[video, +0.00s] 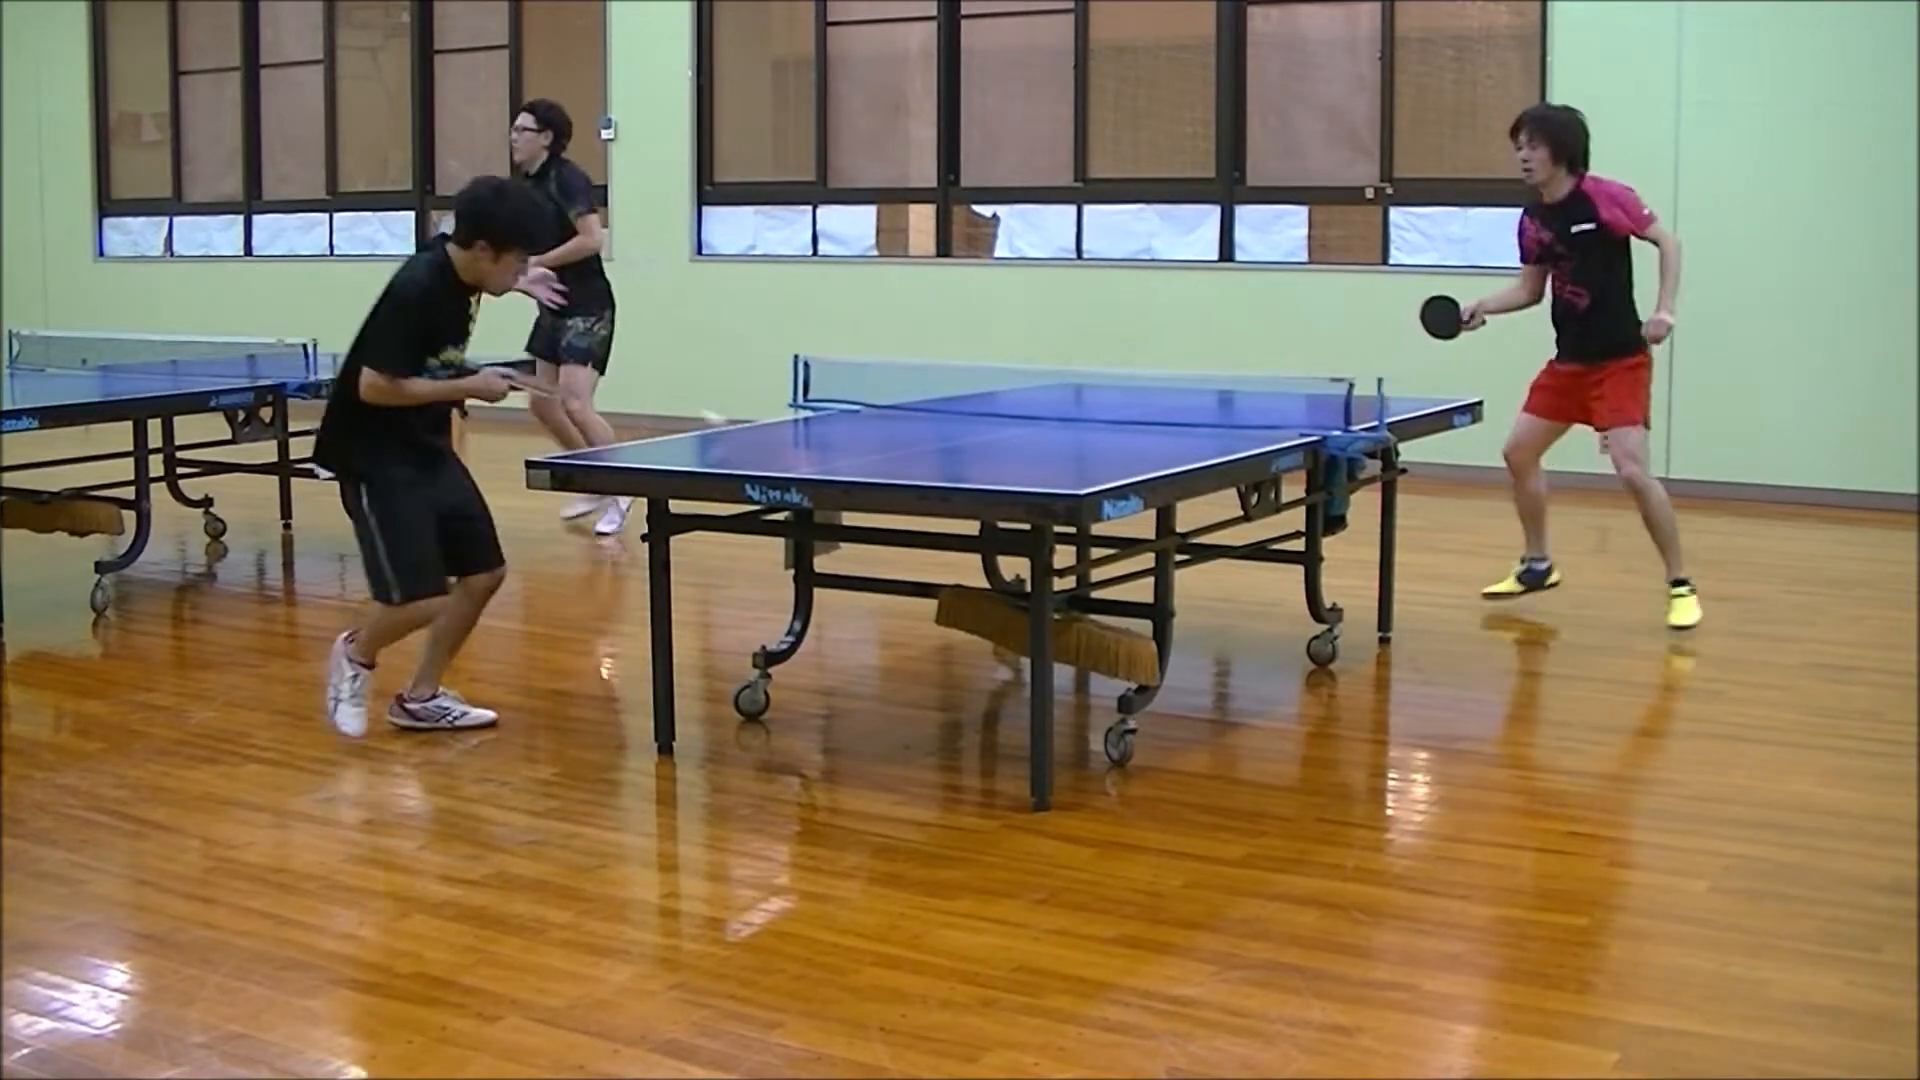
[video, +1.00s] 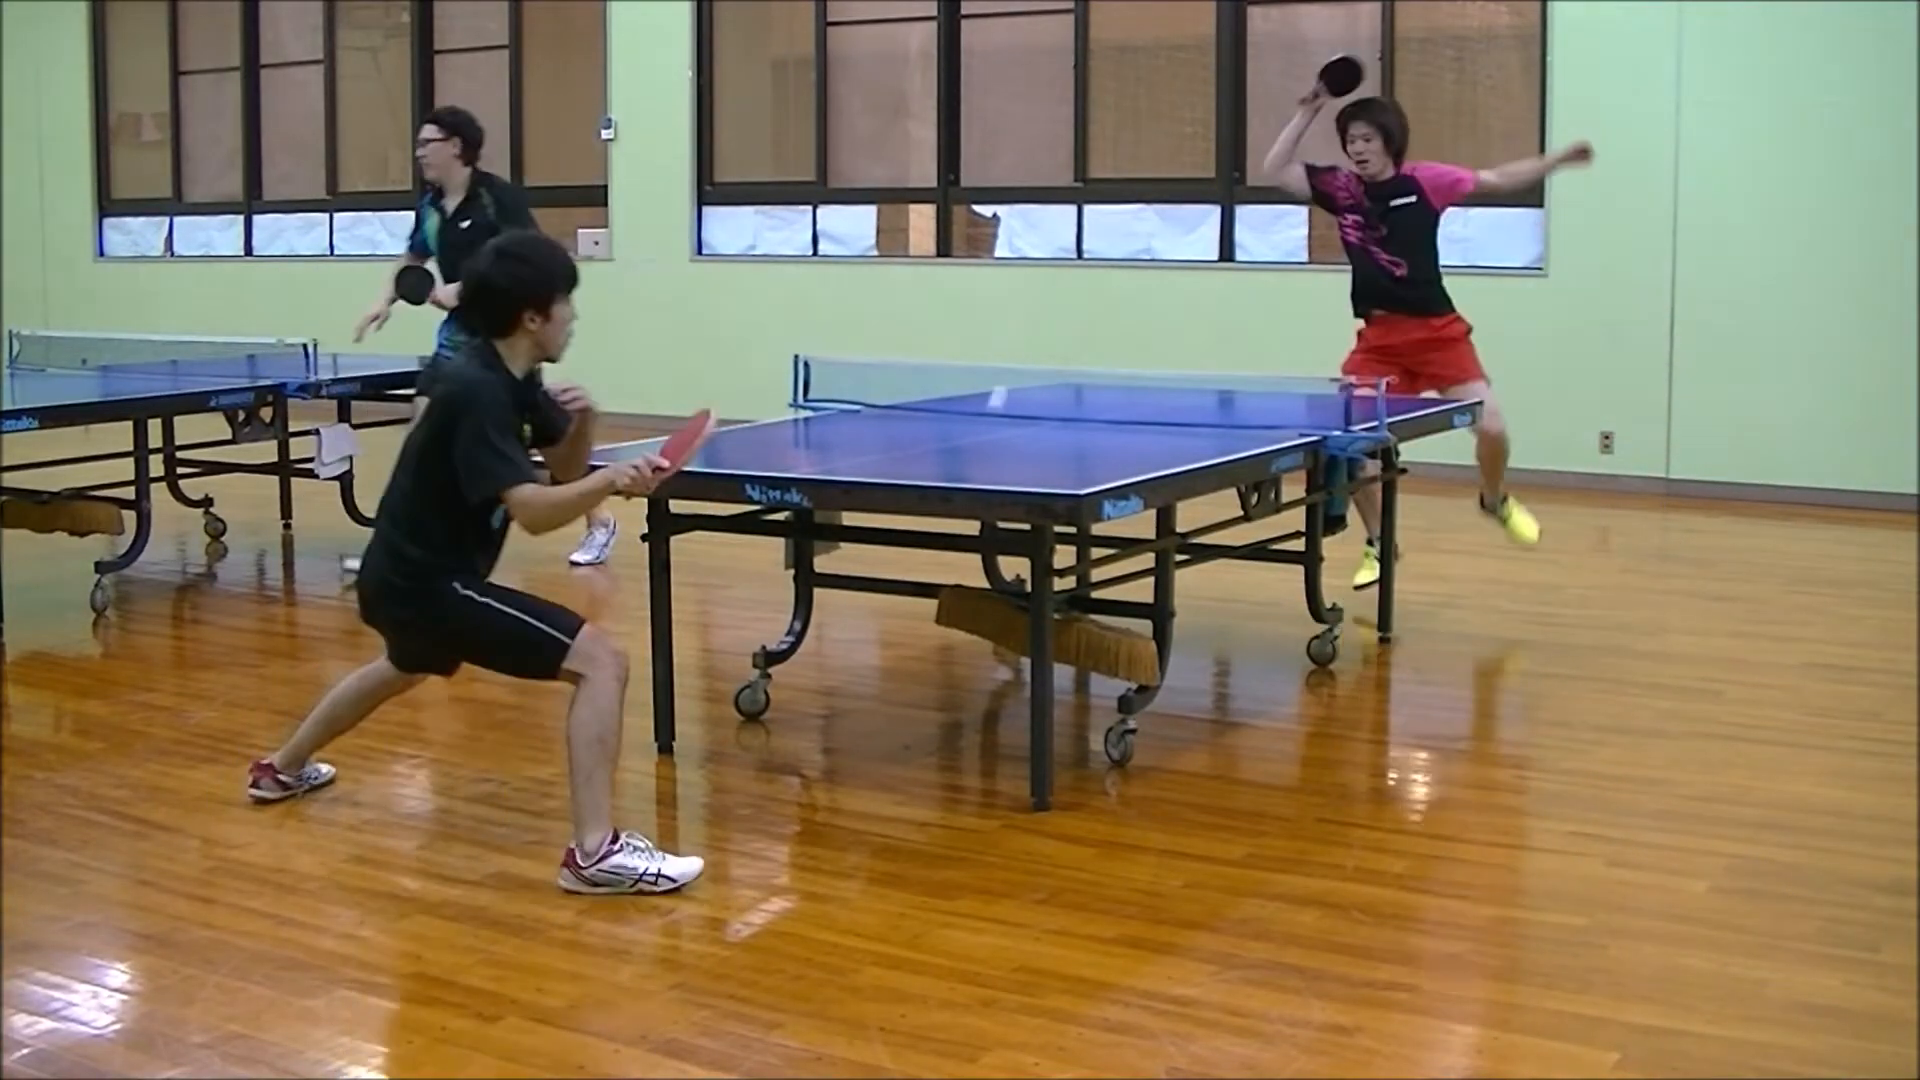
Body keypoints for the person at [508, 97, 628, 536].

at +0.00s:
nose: (513, 137)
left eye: (523, 131)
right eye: (513, 129)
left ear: (548, 138)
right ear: (520, 136)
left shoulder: (569, 179)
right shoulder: (521, 185)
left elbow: (592, 239)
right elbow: (516, 241)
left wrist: (534, 265)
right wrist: (517, 270)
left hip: (588, 302)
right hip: (553, 302)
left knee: (576, 402)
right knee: (543, 403)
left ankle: (618, 492)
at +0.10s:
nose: (530, 139)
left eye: (540, 133)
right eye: (530, 132)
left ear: (565, 140)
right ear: (541, 139)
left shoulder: (587, 183)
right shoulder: (539, 188)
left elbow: (615, 245)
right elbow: (546, 243)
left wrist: (557, 265)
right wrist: (525, 265)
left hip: (601, 302)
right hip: (568, 304)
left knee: (584, 401)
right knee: (590, 408)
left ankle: (634, 490)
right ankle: (658, 478)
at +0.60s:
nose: (522, 144)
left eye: (533, 137)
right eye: (520, 136)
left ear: (560, 142)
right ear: (519, 139)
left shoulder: (585, 186)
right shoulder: (521, 188)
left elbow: (639, 237)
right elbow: (506, 243)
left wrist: (592, 279)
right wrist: (512, 288)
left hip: (584, 319)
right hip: (540, 317)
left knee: (573, 420)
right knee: (553, 423)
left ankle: (609, 532)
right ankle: (601, 521)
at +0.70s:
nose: (507, 142)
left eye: (516, 134)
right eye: (505, 134)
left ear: (546, 136)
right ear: (507, 138)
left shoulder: (569, 178)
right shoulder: (514, 186)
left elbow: (615, 228)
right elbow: (517, 242)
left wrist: (562, 269)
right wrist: (506, 283)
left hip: (569, 326)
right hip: (522, 322)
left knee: (571, 423)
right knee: (503, 428)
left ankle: (607, 531)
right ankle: (544, 513)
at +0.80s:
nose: (484, 141)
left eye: (493, 133)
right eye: (482, 133)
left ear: (524, 134)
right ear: (492, 138)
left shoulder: (553, 178)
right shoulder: (492, 189)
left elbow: (582, 233)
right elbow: (480, 246)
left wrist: (529, 269)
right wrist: (486, 277)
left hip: (554, 334)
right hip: (500, 333)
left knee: (567, 432)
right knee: (481, 435)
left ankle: (607, 529)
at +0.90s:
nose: (456, 147)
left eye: (465, 138)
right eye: (454, 139)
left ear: (496, 140)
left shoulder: (532, 189)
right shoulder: (464, 197)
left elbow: (555, 247)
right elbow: (449, 253)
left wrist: (491, 254)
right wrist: (424, 287)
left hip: (535, 337)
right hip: (480, 339)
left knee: (558, 432)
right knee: (468, 439)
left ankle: (603, 528)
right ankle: (441, 538)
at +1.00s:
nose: (421, 154)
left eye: (430, 144)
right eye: (419, 145)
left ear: (460, 149)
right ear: (436, 153)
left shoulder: (500, 198)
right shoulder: (431, 204)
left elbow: (530, 265)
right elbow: (414, 261)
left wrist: (461, 290)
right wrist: (386, 301)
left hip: (504, 337)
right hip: (455, 336)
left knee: (545, 430)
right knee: (427, 427)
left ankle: (598, 520)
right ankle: (398, 542)